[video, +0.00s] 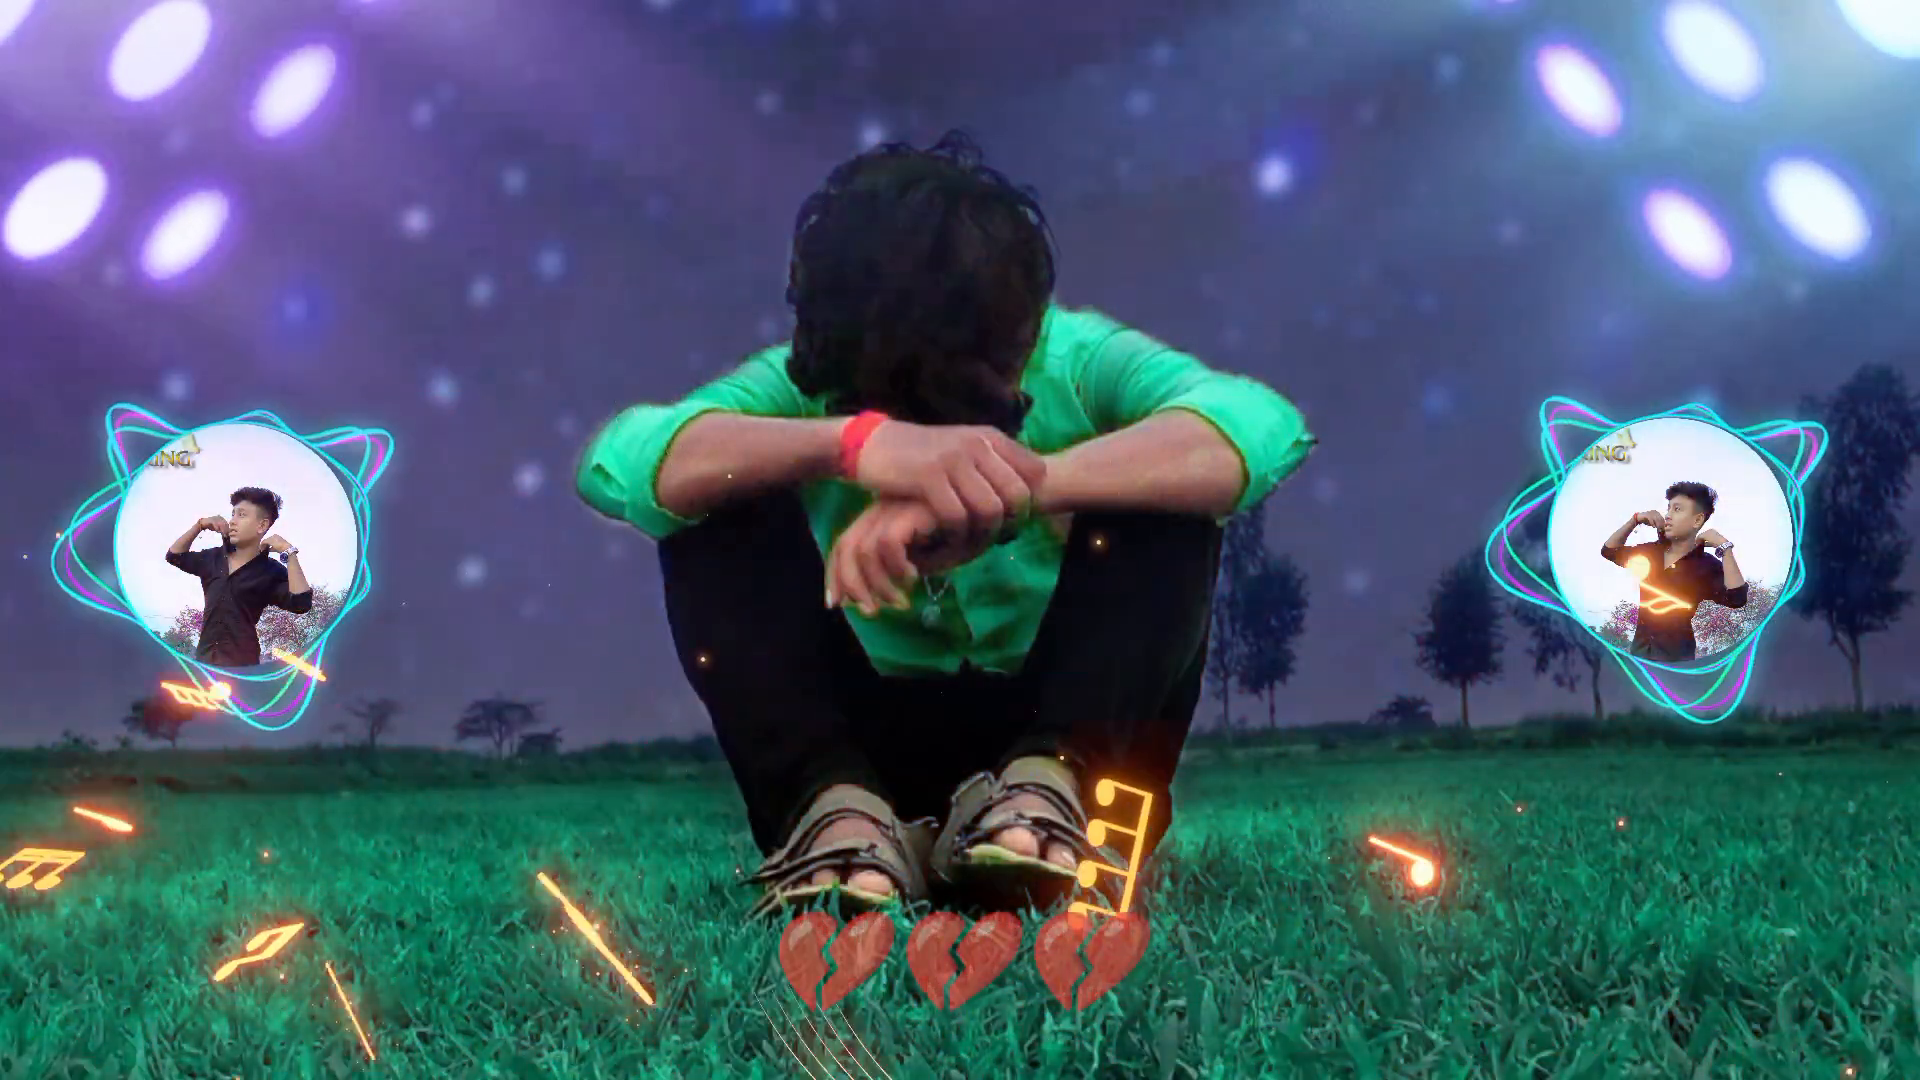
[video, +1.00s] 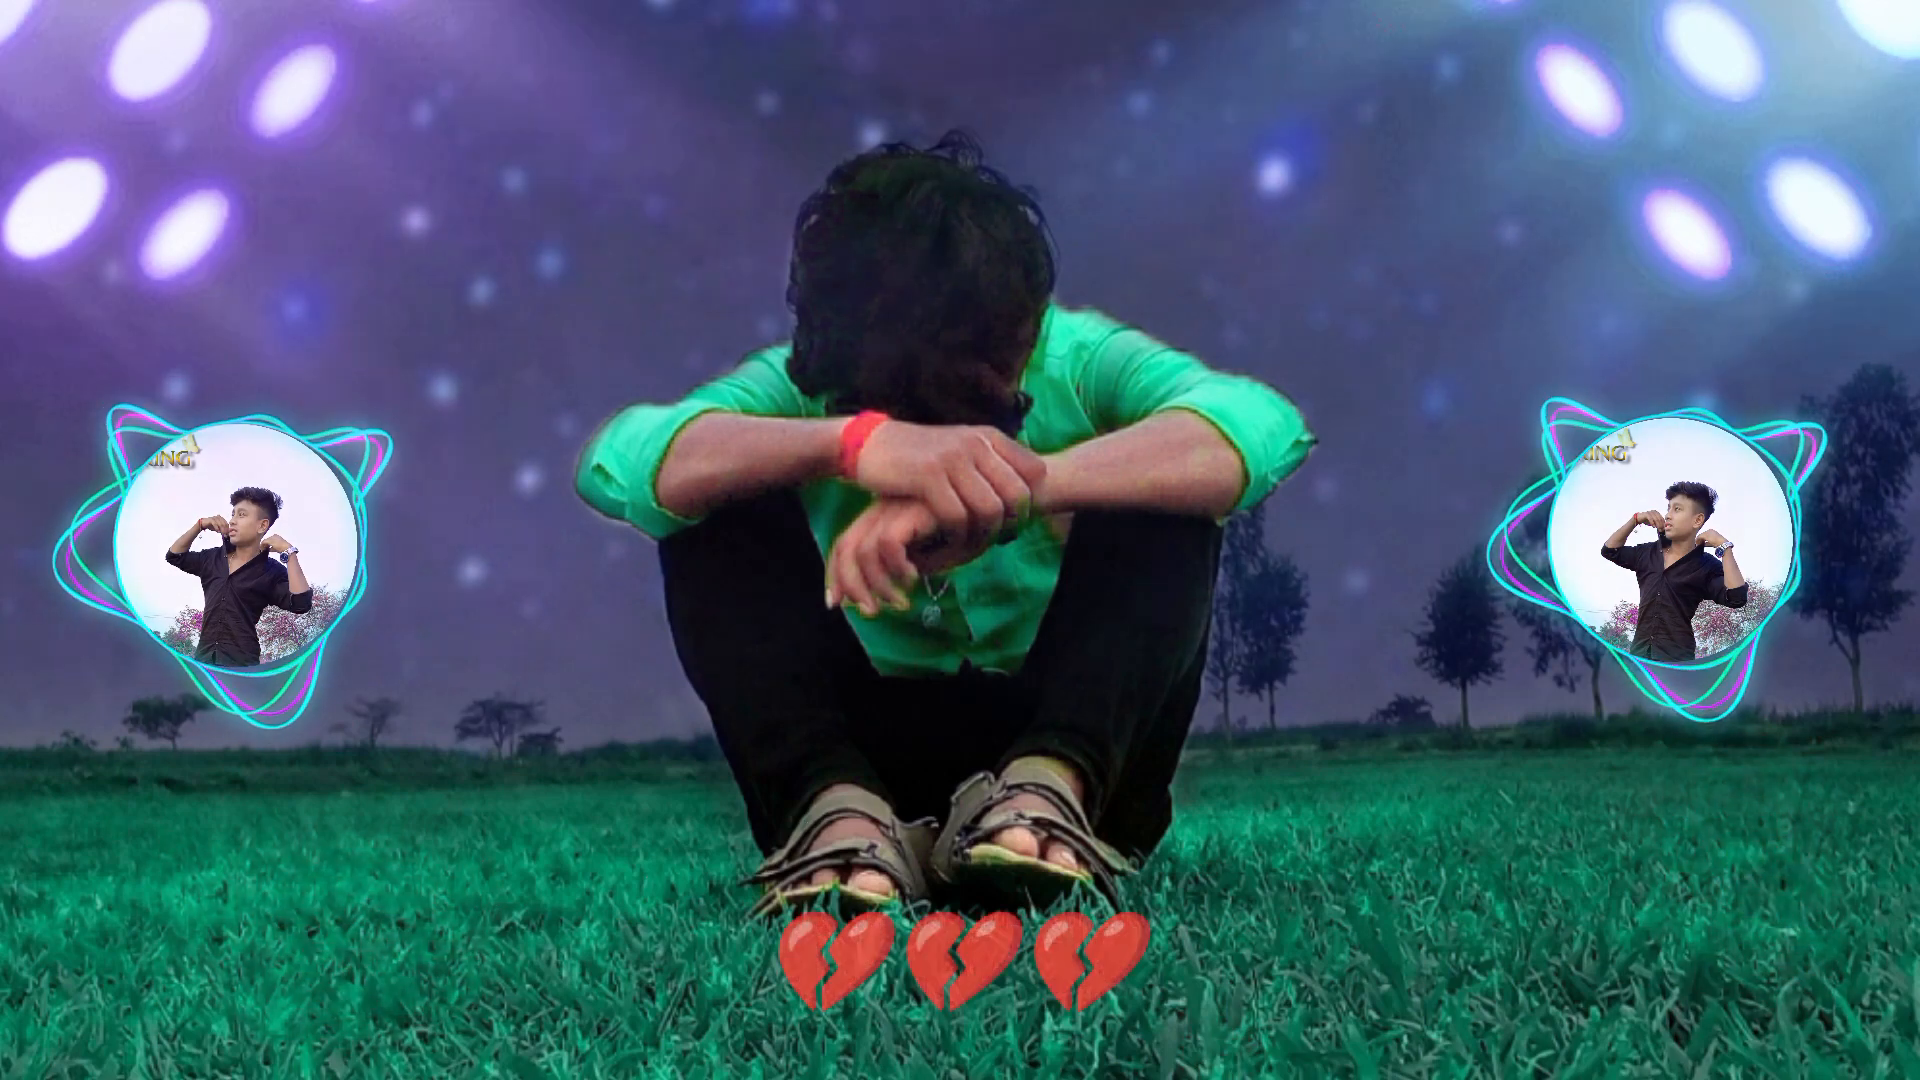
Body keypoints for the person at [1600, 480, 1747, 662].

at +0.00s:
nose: (1667, 515)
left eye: (1677, 509)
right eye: (1669, 509)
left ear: (1698, 520)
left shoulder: (1706, 565)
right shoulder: (1651, 552)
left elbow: (1737, 600)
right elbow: (1609, 551)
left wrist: (1725, 547)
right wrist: (1634, 521)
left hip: (1677, 655)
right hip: (1640, 650)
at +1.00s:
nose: (1667, 515)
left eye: (1677, 509)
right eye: (1668, 509)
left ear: (1698, 520)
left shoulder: (1705, 564)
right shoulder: (1647, 553)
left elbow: (1737, 599)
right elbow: (1609, 551)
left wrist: (1725, 547)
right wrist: (1635, 520)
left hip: (1677, 660)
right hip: (1639, 655)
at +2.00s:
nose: (1667, 515)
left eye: (1677, 509)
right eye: (1668, 509)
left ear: (1698, 520)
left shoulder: (1705, 564)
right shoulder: (1647, 553)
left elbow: (1737, 599)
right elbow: (1609, 551)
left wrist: (1725, 547)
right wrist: (1634, 520)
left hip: (1677, 658)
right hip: (1639, 653)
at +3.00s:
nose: (1667, 515)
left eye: (1677, 509)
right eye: (1668, 509)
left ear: (1698, 520)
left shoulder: (1705, 565)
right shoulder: (1647, 553)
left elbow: (1737, 599)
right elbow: (1609, 551)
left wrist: (1725, 547)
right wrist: (1634, 520)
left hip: (1677, 659)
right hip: (1639, 654)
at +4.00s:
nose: (1667, 515)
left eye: (1677, 509)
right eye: (1668, 508)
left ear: (1698, 520)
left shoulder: (1705, 564)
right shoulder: (1647, 553)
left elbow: (1737, 599)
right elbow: (1609, 551)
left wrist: (1725, 547)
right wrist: (1634, 520)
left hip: (1677, 658)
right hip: (1639, 654)